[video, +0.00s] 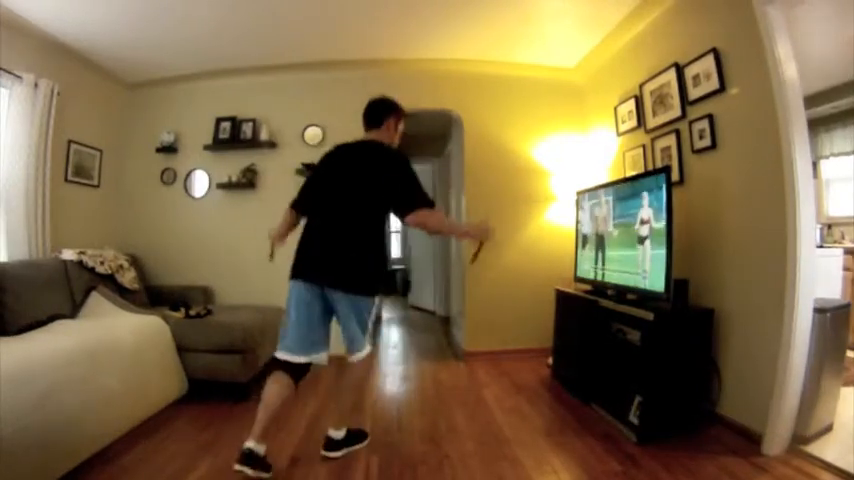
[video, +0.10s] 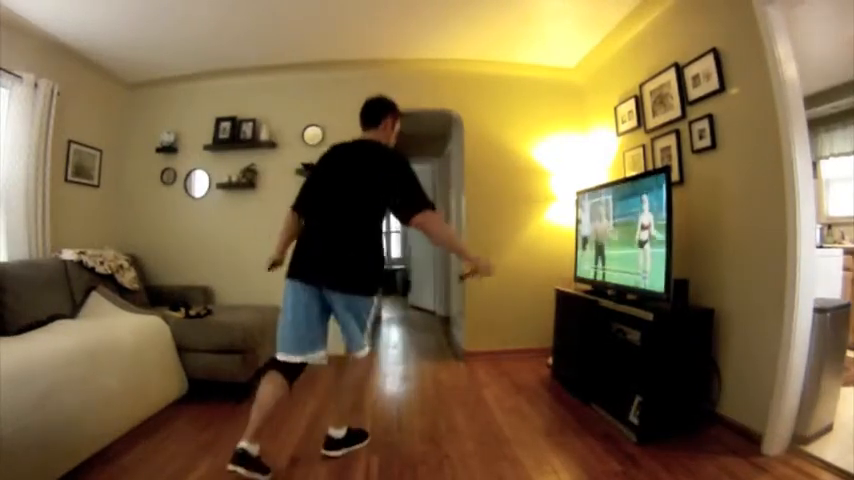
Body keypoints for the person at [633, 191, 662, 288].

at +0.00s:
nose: (644, 201)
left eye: (645, 199)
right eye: (643, 199)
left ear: (648, 200)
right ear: (641, 200)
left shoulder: (649, 211)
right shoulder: (641, 211)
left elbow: (653, 224)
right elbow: (637, 223)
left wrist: (661, 224)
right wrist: (637, 226)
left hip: (647, 235)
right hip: (640, 235)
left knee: (647, 254)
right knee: (640, 255)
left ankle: (646, 270)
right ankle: (640, 269)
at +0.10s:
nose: (644, 206)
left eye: (645, 204)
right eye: (643, 204)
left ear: (648, 205)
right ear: (642, 205)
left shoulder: (650, 216)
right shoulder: (641, 216)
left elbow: (652, 227)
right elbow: (638, 227)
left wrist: (654, 234)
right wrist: (636, 237)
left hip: (647, 231)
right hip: (641, 232)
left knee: (647, 253)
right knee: (640, 252)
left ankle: (647, 271)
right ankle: (640, 270)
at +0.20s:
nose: (645, 210)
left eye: (647, 209)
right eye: (644, 209)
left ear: (649, 210)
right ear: (642, 210)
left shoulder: (650, 220)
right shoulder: (641, 220)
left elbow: (652, 233)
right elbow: (639, 232)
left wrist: (658, 242)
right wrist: (636, 242)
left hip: (648, 238)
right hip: (641, 238)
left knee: (648, 257)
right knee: (641, 258)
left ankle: (647, 273)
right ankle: (640, 273)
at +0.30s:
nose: (645, 206)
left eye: (647, 204)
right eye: (644, 204)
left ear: (649, 205)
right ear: (642, 206)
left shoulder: (650, 216)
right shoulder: (642, 216)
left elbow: (652, 229)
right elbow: (639, 227)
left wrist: (659, 236)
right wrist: (636, 237)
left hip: (648, 235)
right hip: (641, 235)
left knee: (648, 256)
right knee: (640, 256)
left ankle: (647, 273)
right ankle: (640, 272)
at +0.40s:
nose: (645, 197)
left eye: (646, 195)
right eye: (644, 195)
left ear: (648, 196)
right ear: (642, 196)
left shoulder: (650, 208)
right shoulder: (641, 208)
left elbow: (653, 220)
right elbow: (638, 220)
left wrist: (661, 221)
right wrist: (635, 225)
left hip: (647, 235)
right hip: (640, 236)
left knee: (648, 255)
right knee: (640, 256)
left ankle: (647, 274)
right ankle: (639, 273)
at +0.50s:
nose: (645, 194)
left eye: (646, 192)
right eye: (643, 192)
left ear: (648, 194)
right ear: (641, 194)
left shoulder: (650, 205)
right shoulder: (640, 205)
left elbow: (652, 217)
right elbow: (635, 219)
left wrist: (661, 215)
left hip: (647, 230)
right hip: (640, 230)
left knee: (647, 251)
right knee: (640, 252)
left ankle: (646, 271)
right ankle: (639, 271)